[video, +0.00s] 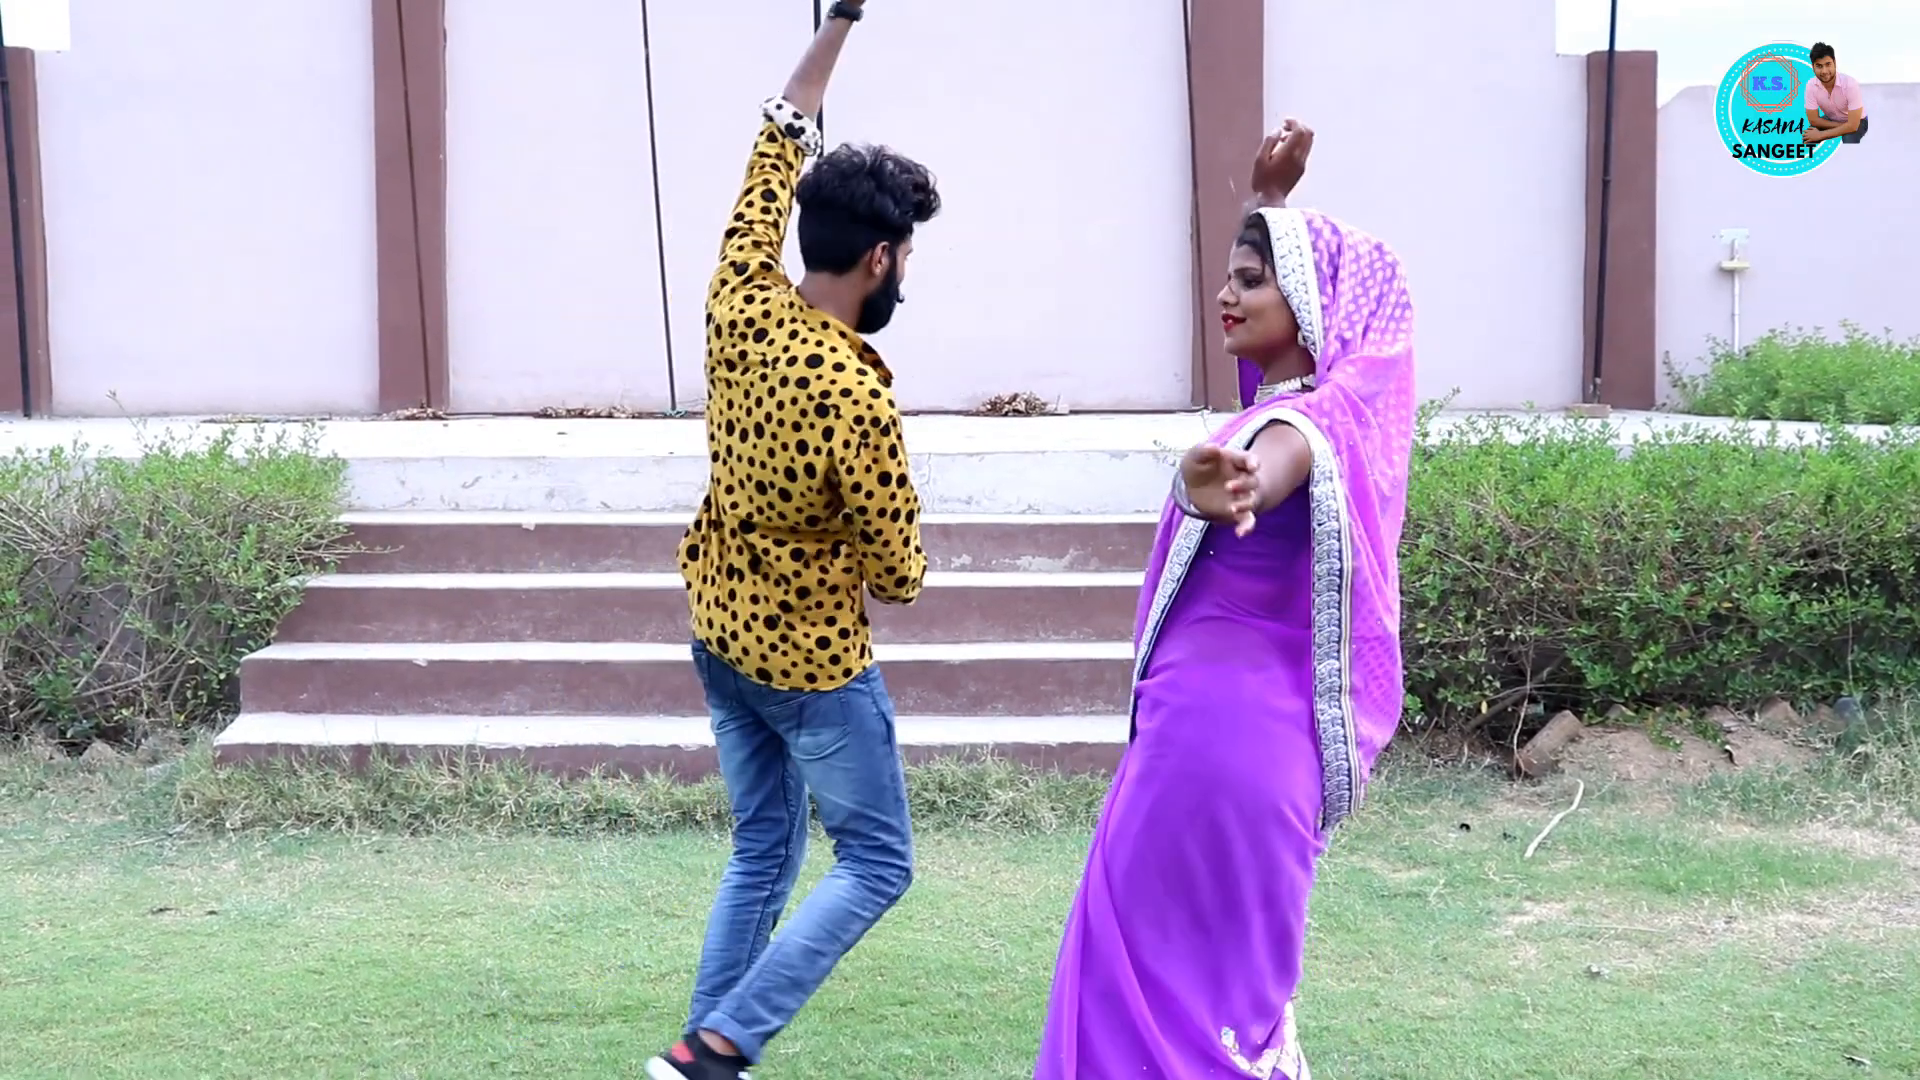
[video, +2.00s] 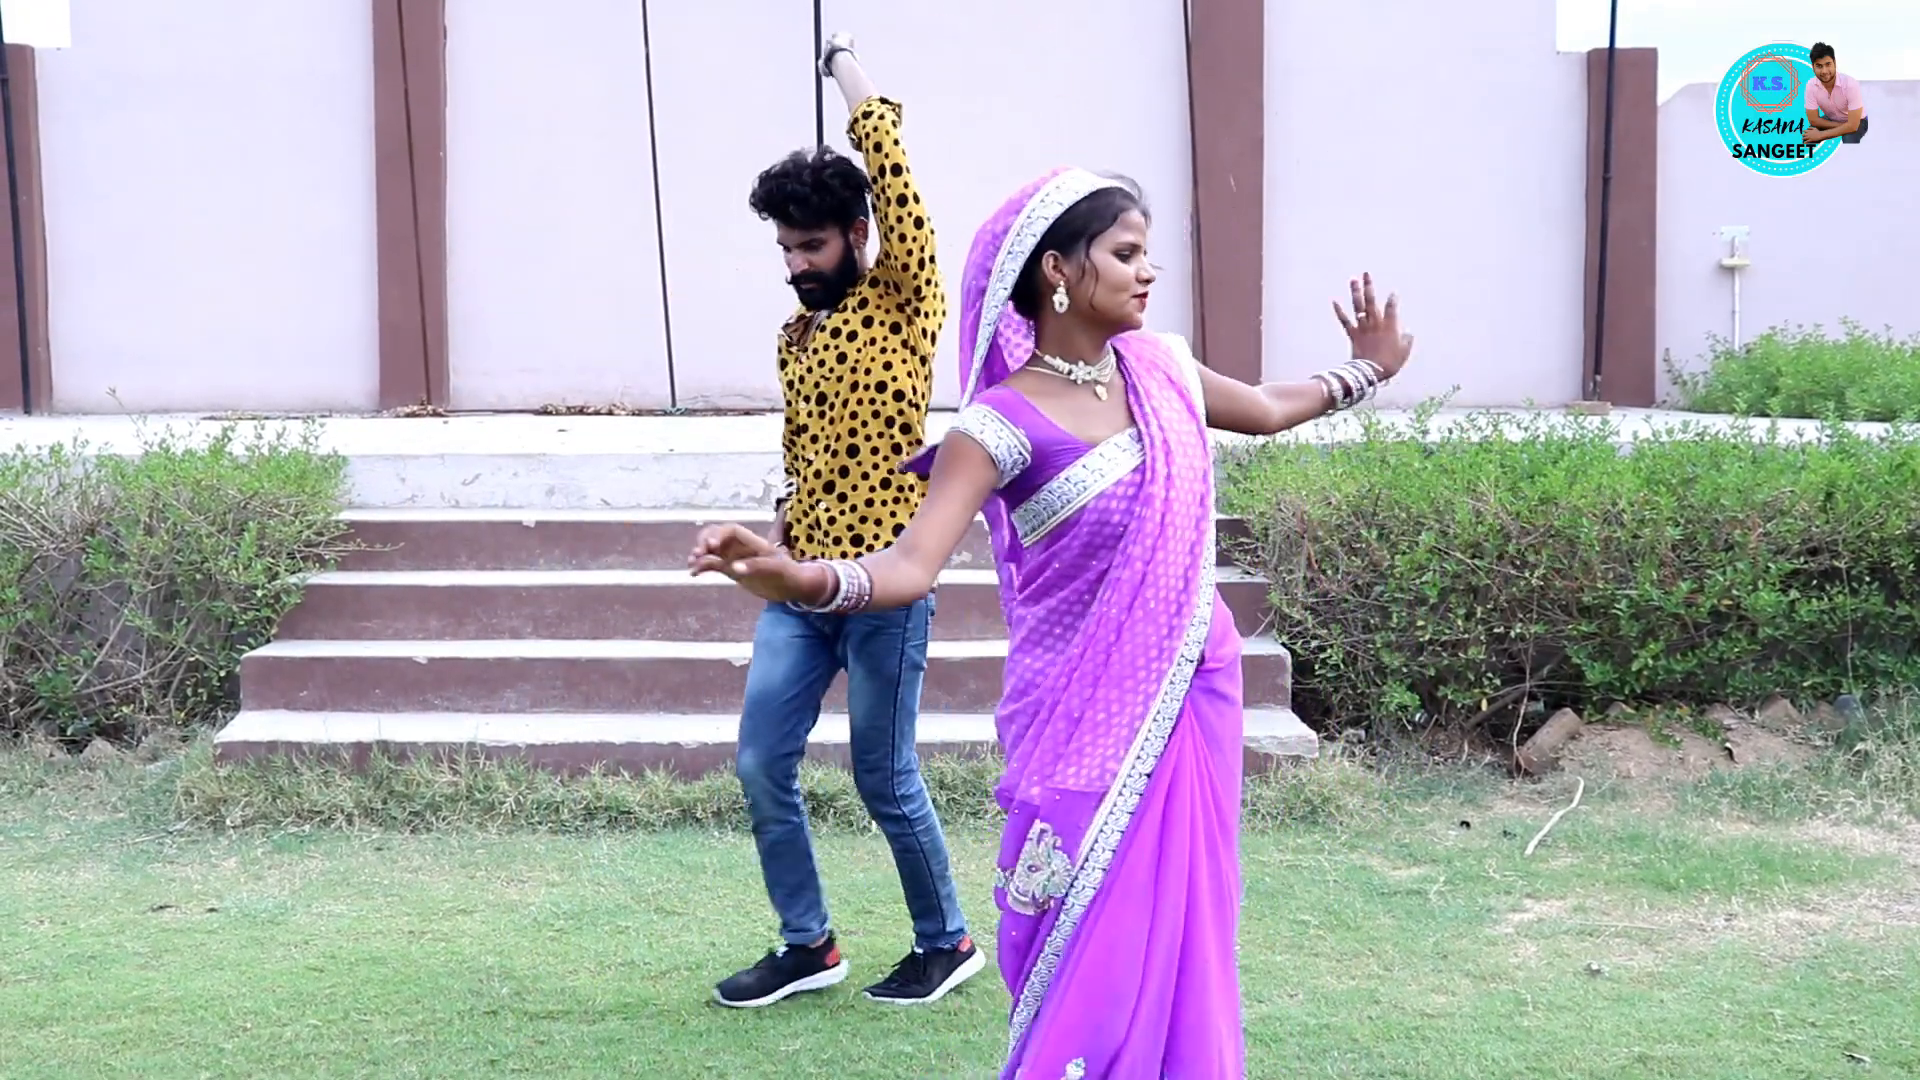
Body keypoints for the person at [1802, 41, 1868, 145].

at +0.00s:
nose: (1824, 71)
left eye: (1828, 65)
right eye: (1819, 66)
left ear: (1835, 63)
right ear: (1813, 67)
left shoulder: (1850, 84)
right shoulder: (1812, 86)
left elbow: (1853, 126)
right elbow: (1813, 120)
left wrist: (1820, 135)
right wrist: (1843, 126)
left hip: (1855, 122)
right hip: (1830, 121)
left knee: (1848, 140)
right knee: (1810, 136)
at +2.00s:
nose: (1824, 71)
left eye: (1828, 65)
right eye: (1819, 66)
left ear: (1835, 63)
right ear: (1813, 67)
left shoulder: (1850, 84)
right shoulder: (1812, 86)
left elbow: (1853, 126)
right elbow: (1813, 120)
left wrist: (1820, 135)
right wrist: (1843, 126)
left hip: (1855, 122)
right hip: (1830, 121)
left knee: (1848, 140)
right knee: (1810, 136)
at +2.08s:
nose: (1824, 71)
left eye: (1828, 65)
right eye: (1819, 66)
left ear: (1835, 63)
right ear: (1813, 67)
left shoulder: (1850, 84)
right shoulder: (1812, 86)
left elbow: (1853, 126)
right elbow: (1813, 120)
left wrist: (1820, 135)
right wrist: (1843, 126)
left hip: (1855, 122)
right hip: (1830, 121)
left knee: (1848, 140)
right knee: (1810, 136)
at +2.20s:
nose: (1824, 71)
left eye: (1828, 65)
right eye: (1819, 66)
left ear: (1835, 63)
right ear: (1813, 67)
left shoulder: (1850, 84)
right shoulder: (1812, 86)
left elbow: (1853, 126)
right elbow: (1813, 120)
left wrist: (1820, 135)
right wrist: (1843, 126)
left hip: (1855, 122)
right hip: (1829, 121)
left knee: (1849, 140)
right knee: (1810, 137)